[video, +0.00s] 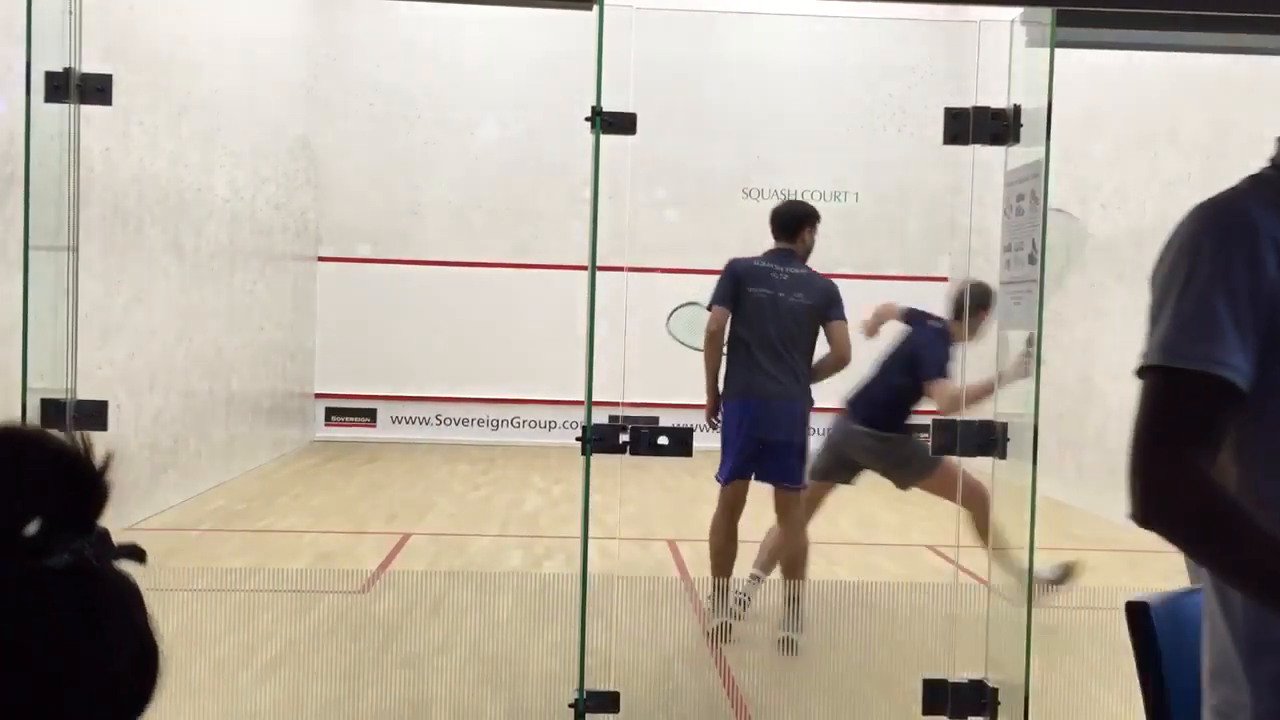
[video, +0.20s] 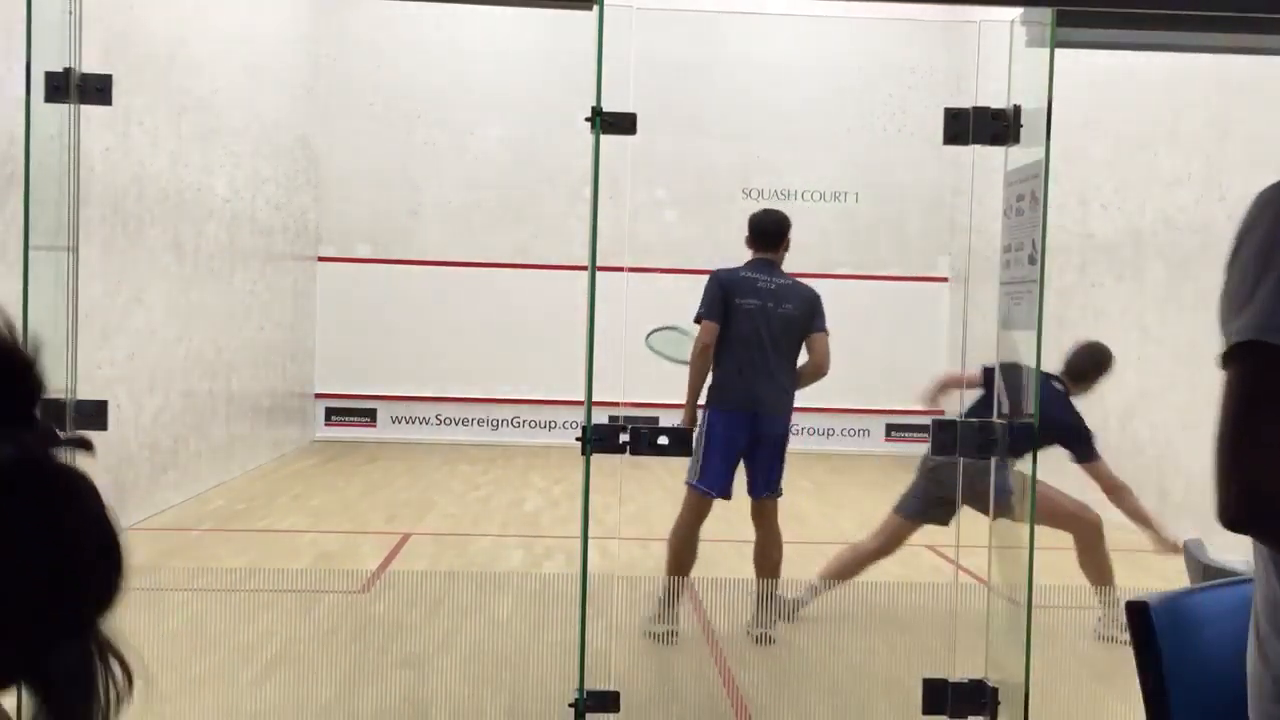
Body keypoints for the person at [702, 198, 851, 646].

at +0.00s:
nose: (816, 240)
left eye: (815, 233)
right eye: (815, 234)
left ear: (773, 232)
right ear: (806, 234)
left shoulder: (739, 270)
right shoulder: (822, 287)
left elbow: (713, 331)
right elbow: (841, 355)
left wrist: (712, 391)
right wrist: (805, 377)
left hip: (741, 406)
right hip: (790, 412)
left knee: (729, 505)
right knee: (791, 514)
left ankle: (719, 610)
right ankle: (793, 623)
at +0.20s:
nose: (781, 247)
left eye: (755, 238)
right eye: (786, 242)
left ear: (748, 241)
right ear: (787, 245)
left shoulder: (723, 281)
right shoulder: (806, 296)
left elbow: (705, 342)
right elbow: (820, 365)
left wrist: (690, 405)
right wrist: (782, 386)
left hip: (725, 413)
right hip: (774, 419)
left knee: (693, 511)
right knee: (766, 515)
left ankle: (667, 615)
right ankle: (765, 620)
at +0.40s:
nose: (714, 242)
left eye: (712, 236)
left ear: (710, 238)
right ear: (749, 240)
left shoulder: (695, 279)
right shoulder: (772, 291)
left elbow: (684, 344)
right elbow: (794, 358)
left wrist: (670, 405)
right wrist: (757, 382)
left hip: (701, 414)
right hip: (750, 419)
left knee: (652, 509)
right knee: (756, 514)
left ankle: (618, 608)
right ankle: (767, 618)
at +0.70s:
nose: (599, 262)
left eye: (601, 255)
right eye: (602, 254)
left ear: (606, 259)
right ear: (638, 259)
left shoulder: (615, 306)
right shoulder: (656, 306)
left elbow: (625, 377)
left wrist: (599, 440)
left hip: (633, 444)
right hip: (674, 445)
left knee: (565, 522)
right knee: (708, 528)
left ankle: (571, 632)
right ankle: (768, 616)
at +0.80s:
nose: (550, 263)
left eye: (553, 255)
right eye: (552, 255)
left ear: (566, 258)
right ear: (585, 256)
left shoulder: (592, 304)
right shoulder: (589, 300)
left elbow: (600, 378)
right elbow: (597, 375)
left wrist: (552, 437)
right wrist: (557, 400)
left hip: (608, 436)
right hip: (627, 433)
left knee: (545, 523)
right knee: (641, 531)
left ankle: (572, 631)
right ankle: (733, 598)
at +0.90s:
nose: (507, 265)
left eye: (510, 257)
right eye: (508, 256)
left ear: (525, 260)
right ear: (539, 258)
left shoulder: (561, 304)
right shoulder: (545, 302)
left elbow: (563, 376)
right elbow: (547, 368)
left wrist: (501, 423)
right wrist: (510, 391)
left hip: (588, 430)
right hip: (581, 427)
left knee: (535, 526)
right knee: (555, 527)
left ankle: (571, 632)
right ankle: (650, 574)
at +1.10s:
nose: (424, 273)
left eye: (427, 266)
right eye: (425, 265)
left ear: (442, 267)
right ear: (457, 263)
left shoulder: (493, 300)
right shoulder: (457, 308)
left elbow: (474, 370)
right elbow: (436, 366)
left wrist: (402, 395)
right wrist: (401, 336)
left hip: (536, 424)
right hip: (507, 424)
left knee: (521, 528)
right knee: (444, 489)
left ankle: (571, 627)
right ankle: (434, 596)